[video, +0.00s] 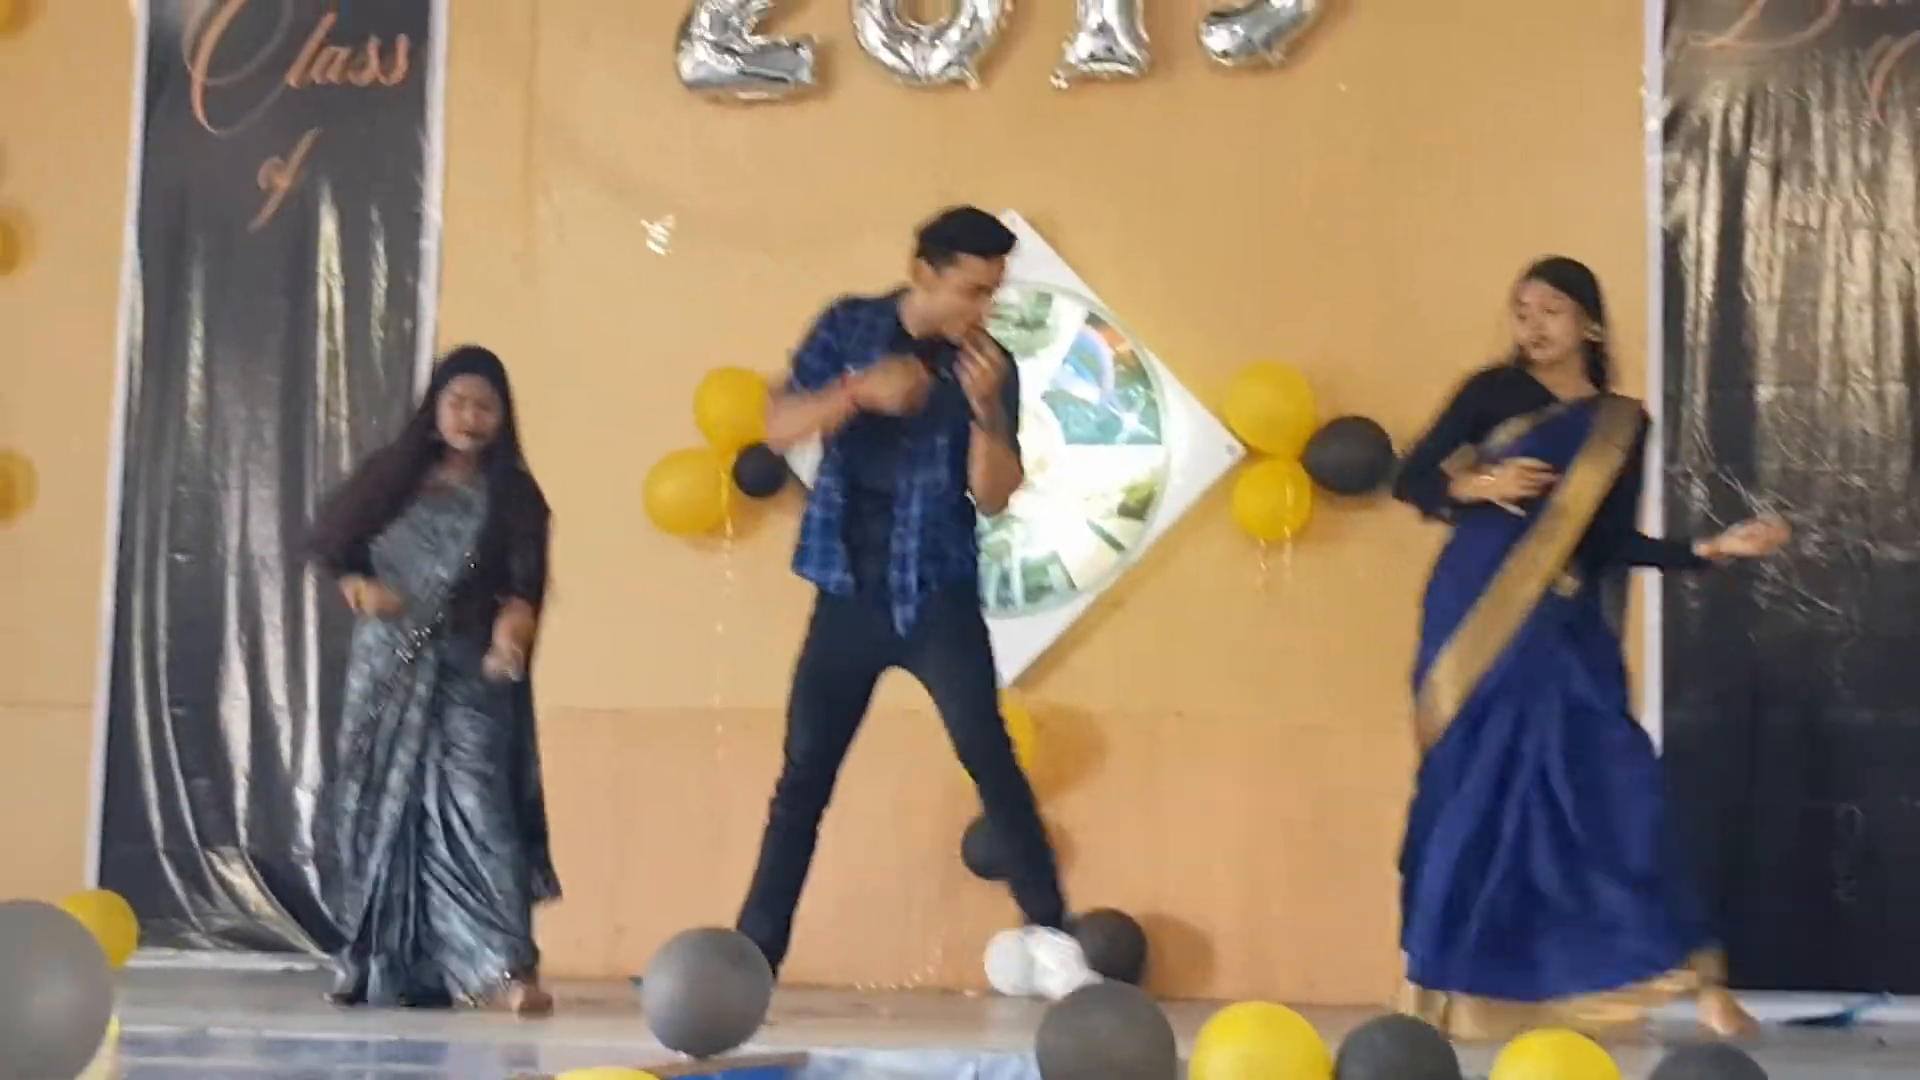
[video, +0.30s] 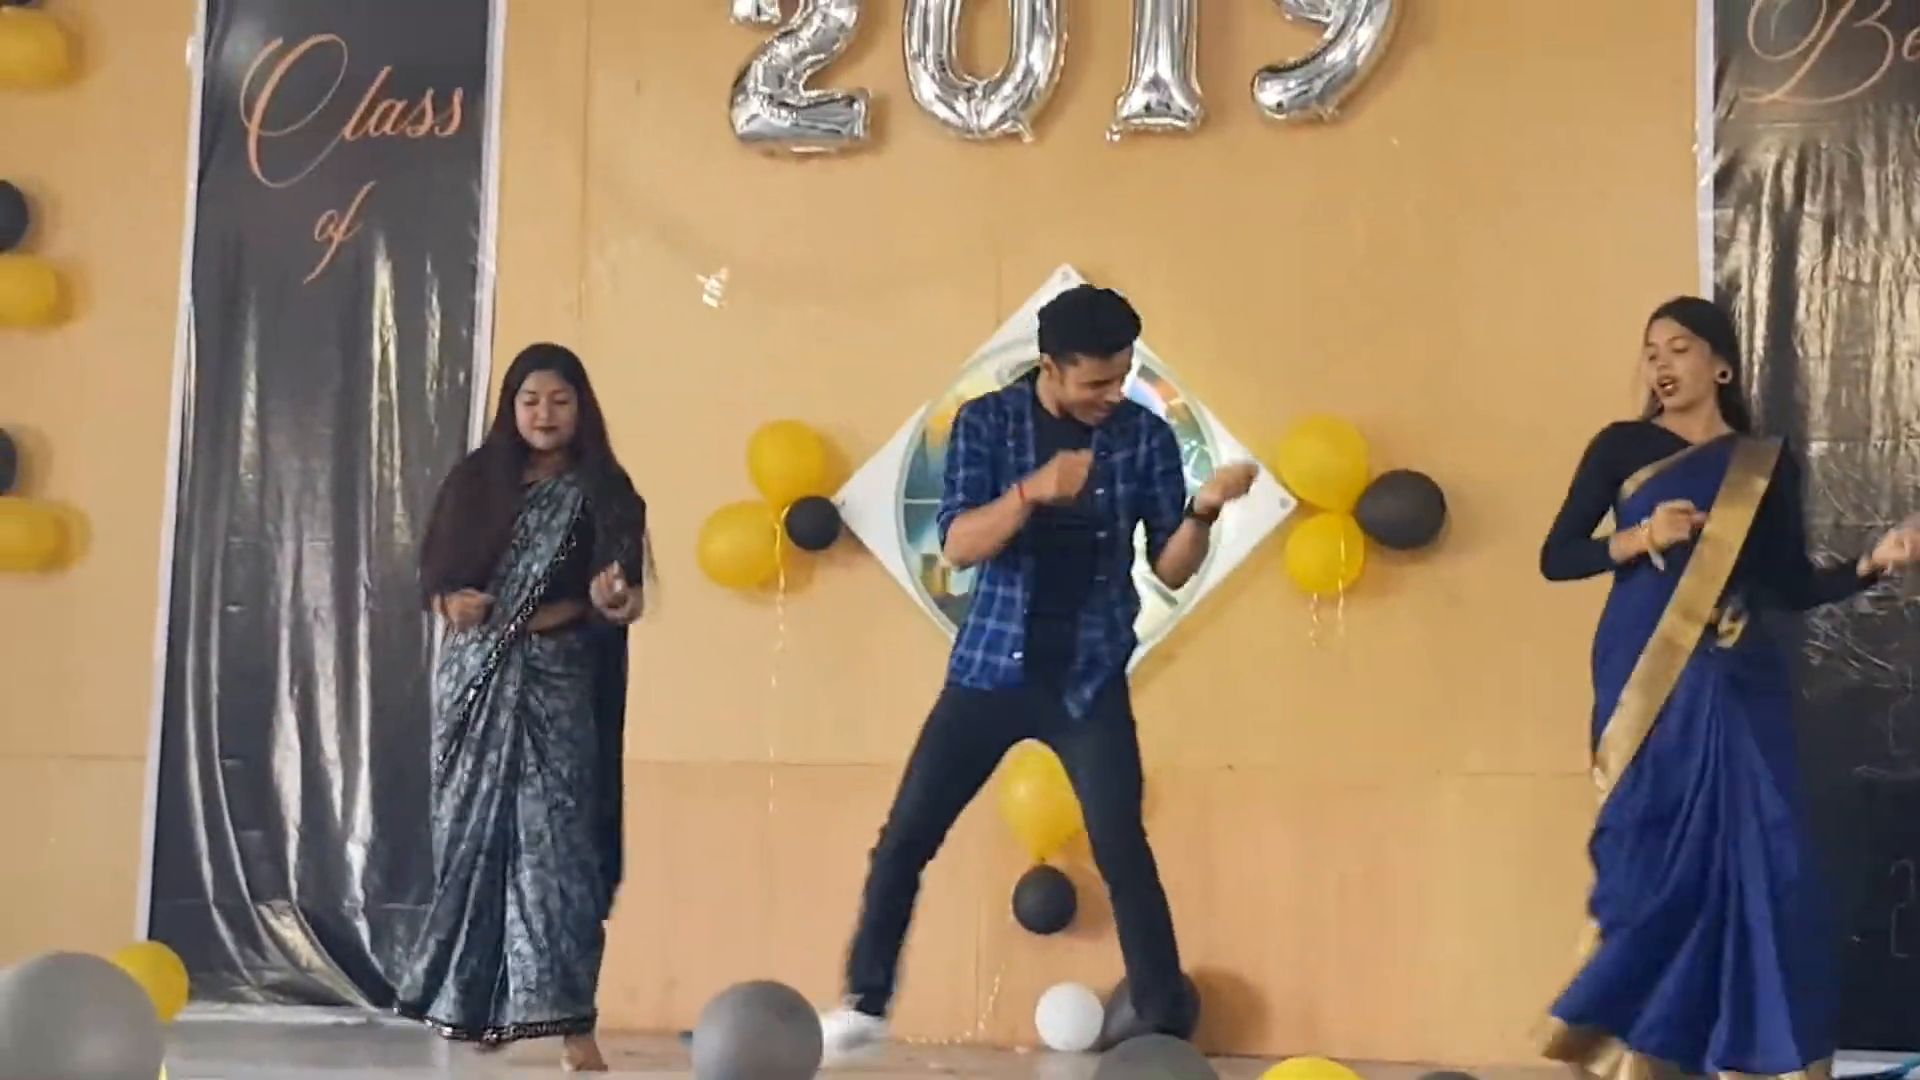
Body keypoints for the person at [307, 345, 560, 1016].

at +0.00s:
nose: (467, 414)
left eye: (482, 404)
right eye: (456, 400)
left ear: (502, 415)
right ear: (434, 404)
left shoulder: (515, 493)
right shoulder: (392, 471)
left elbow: (526, 579)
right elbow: (328, 538)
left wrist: (509, 636)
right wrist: (355, 583)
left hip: (470, 672)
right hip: (388, 668)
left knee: (480, 811)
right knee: (385, 809)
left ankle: (506, 969)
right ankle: (378, 963)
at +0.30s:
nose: (544, 412)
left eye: (558, 399)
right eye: (530, 399)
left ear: (582, 408)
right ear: (510, 408)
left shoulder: (607, 491)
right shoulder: (472, 480)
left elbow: (621, 593)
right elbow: (434, 576)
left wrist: (610, 599)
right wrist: (452, 598)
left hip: (563, 691)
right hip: (476, 688)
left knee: (566, 847)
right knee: (473, 840)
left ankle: (576, 1024)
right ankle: (474, 1008)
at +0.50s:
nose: (544, 474)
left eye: (559, 460)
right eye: (530, 463)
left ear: (583, 469)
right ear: (513, 475)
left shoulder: (619, 553)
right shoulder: (479, 549)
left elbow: (647, 660)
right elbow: (432, 647)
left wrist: (603, 621)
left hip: (577, 746)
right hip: (487, 748)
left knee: (571, 914)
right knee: (485, 911)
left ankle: (569, 1062)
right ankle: (482, 1062)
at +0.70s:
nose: (481, 521)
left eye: (497, 506)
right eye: (470, 509)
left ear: (530, 512)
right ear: (459, 521)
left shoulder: (589, 587)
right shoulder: (451, 602)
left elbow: (632, 682)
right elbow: (428, 697)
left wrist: (568, 711)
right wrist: (420, 751)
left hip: (550, 797)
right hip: (464, 797)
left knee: (543, 954)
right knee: (427, 945)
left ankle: (539, 1069)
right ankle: (455, 1068)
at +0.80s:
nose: (445, 530)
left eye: (460, 516)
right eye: (434, 520)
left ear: (494, 522)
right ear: (423, 534)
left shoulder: (545, 592)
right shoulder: (420, 618)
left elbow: (609, 686)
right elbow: (404, 718)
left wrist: (551, 740)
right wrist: (394, 763)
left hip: (522, 803)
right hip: (437, 808)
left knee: (519, 966)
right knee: (418, 962)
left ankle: (516, 1068)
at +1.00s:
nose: (382, 532)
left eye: (399, 521)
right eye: (371, 521)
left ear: (427, 536)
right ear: (357, 536)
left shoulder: (469, 617)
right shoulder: (339, 625)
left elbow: (526, 706)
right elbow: (322, 723)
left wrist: (490, 762)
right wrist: (295, 755)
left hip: (442, 823)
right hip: (356, 823)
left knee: (441, 983)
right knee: (340, 977)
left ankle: (447, 1073)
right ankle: (338, 1072)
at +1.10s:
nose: (361, 502)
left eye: (379, 492)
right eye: (351, 491)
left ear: (407, 508)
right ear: (337, 505)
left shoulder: (442, 585)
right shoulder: (316, 590)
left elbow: (503, 673)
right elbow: (291, 688)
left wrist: (457, 722)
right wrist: (254, 693)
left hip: (417, 788)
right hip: (334, 789)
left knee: (420, 949)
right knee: (325, 945)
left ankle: (428, 1069)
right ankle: (322, 1068)